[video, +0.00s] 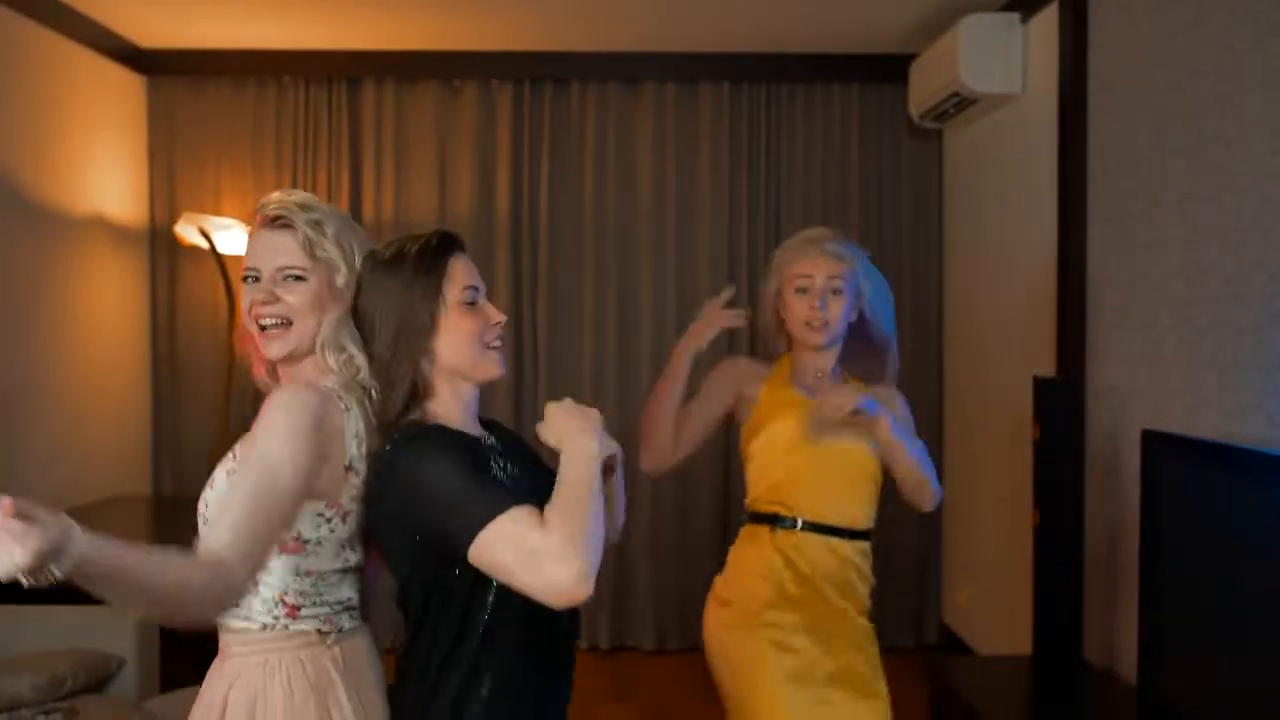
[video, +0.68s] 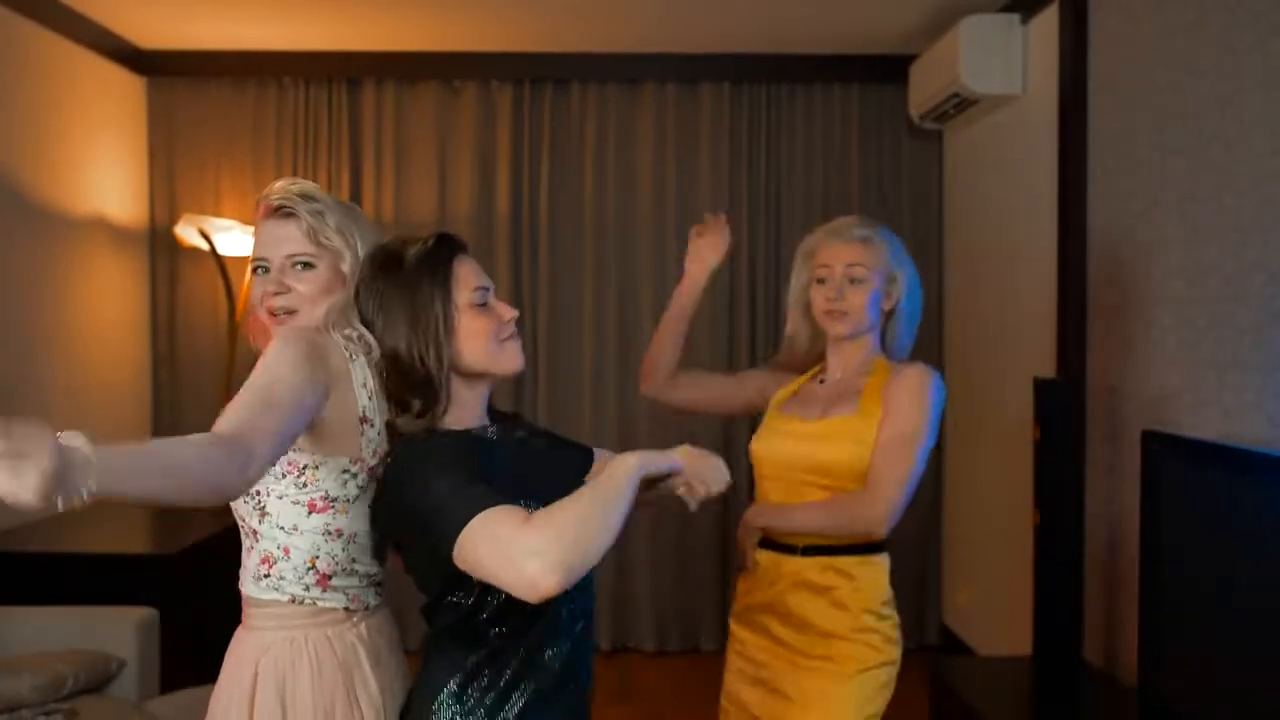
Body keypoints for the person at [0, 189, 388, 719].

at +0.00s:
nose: (264, 297)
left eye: (293, 277)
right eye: (253, 277)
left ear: (345, 292)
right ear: (241, 287)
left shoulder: (301, 407)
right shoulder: (346, 402)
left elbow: (214, 586)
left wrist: (71, 549)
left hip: (280, 676)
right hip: (337, 659)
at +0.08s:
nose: (265, 310)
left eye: (295, 289)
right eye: (255, 290)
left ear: (347, 304)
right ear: (243, 301)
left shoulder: (308, 427)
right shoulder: (347, 421)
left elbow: (250, 632)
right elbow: (378, 616)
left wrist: (105, 595)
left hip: (287, 686)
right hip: (338, 674)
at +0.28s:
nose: (262, 325)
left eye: (294, 305)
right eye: (254, 304)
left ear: (346, 322)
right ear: (241, 314)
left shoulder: (304, 441)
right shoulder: (352, 431)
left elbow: (293, 655)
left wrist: (142, 566)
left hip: (300, 698)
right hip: (349, 685)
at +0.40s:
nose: (268, 313)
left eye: (297, 293)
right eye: (256, 295)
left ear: (347, 308)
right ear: (243, 308)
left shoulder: (306, 418)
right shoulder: (362, 412)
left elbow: (276, 621)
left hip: (292, 682)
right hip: (355, 666)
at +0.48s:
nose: (272, 303)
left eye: (300, 283)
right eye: (259, 285)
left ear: (350, 296)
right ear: (247, 297)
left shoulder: (306, 393)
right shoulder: (366, 392)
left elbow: (263, 580)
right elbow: (371, 558)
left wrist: (137, 451)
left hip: (288, 671)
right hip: (357, 652)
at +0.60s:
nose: (275, 287)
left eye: (303, 267)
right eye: (262, 269)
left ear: (354, 280)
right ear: (249, 279)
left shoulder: (305, 356)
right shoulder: (364, 362)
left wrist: (77, 429)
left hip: (295, 654)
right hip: (359, 640)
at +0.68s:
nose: (275, 285)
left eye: (303, 265)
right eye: (263, 267)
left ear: (354, 278)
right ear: (250, 275)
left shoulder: (306, 350)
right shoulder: (363, 356)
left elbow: (233, 458)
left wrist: (78, 467)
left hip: (298, 651)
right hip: (359, 636)